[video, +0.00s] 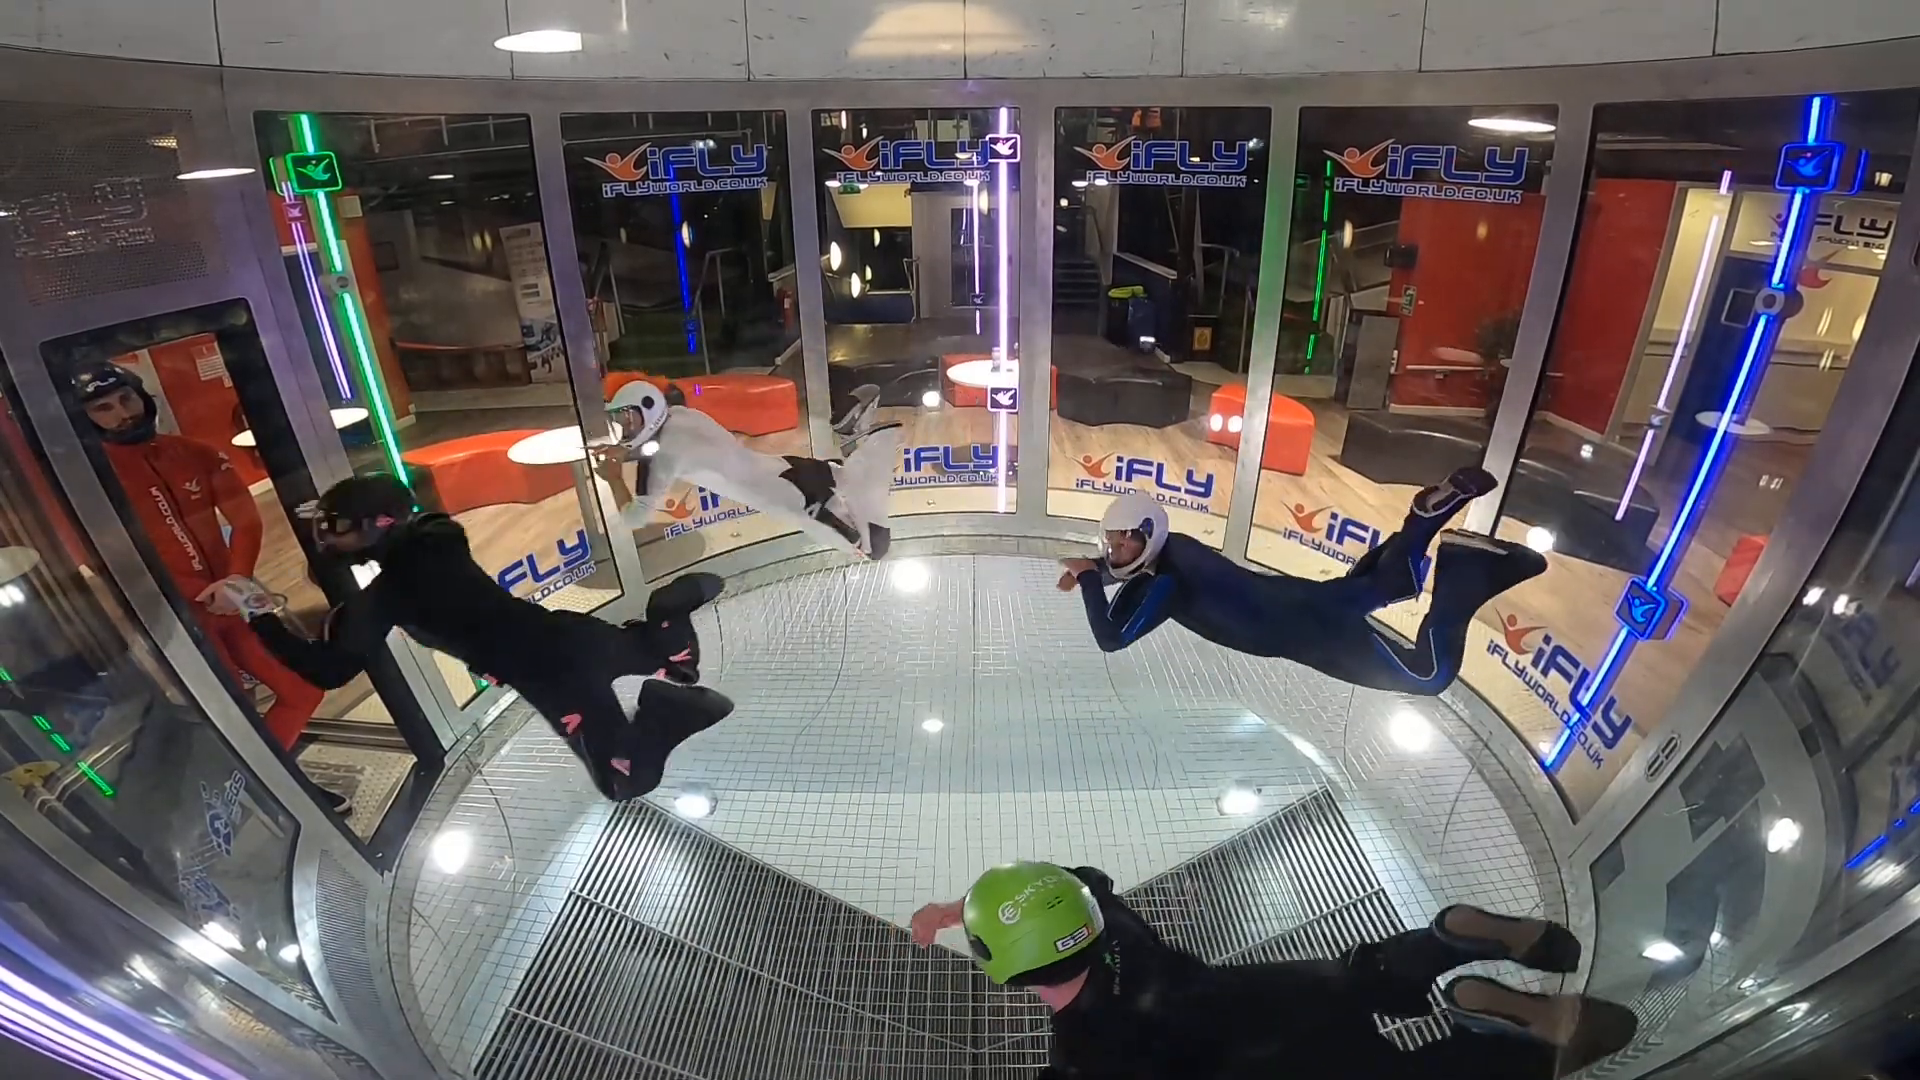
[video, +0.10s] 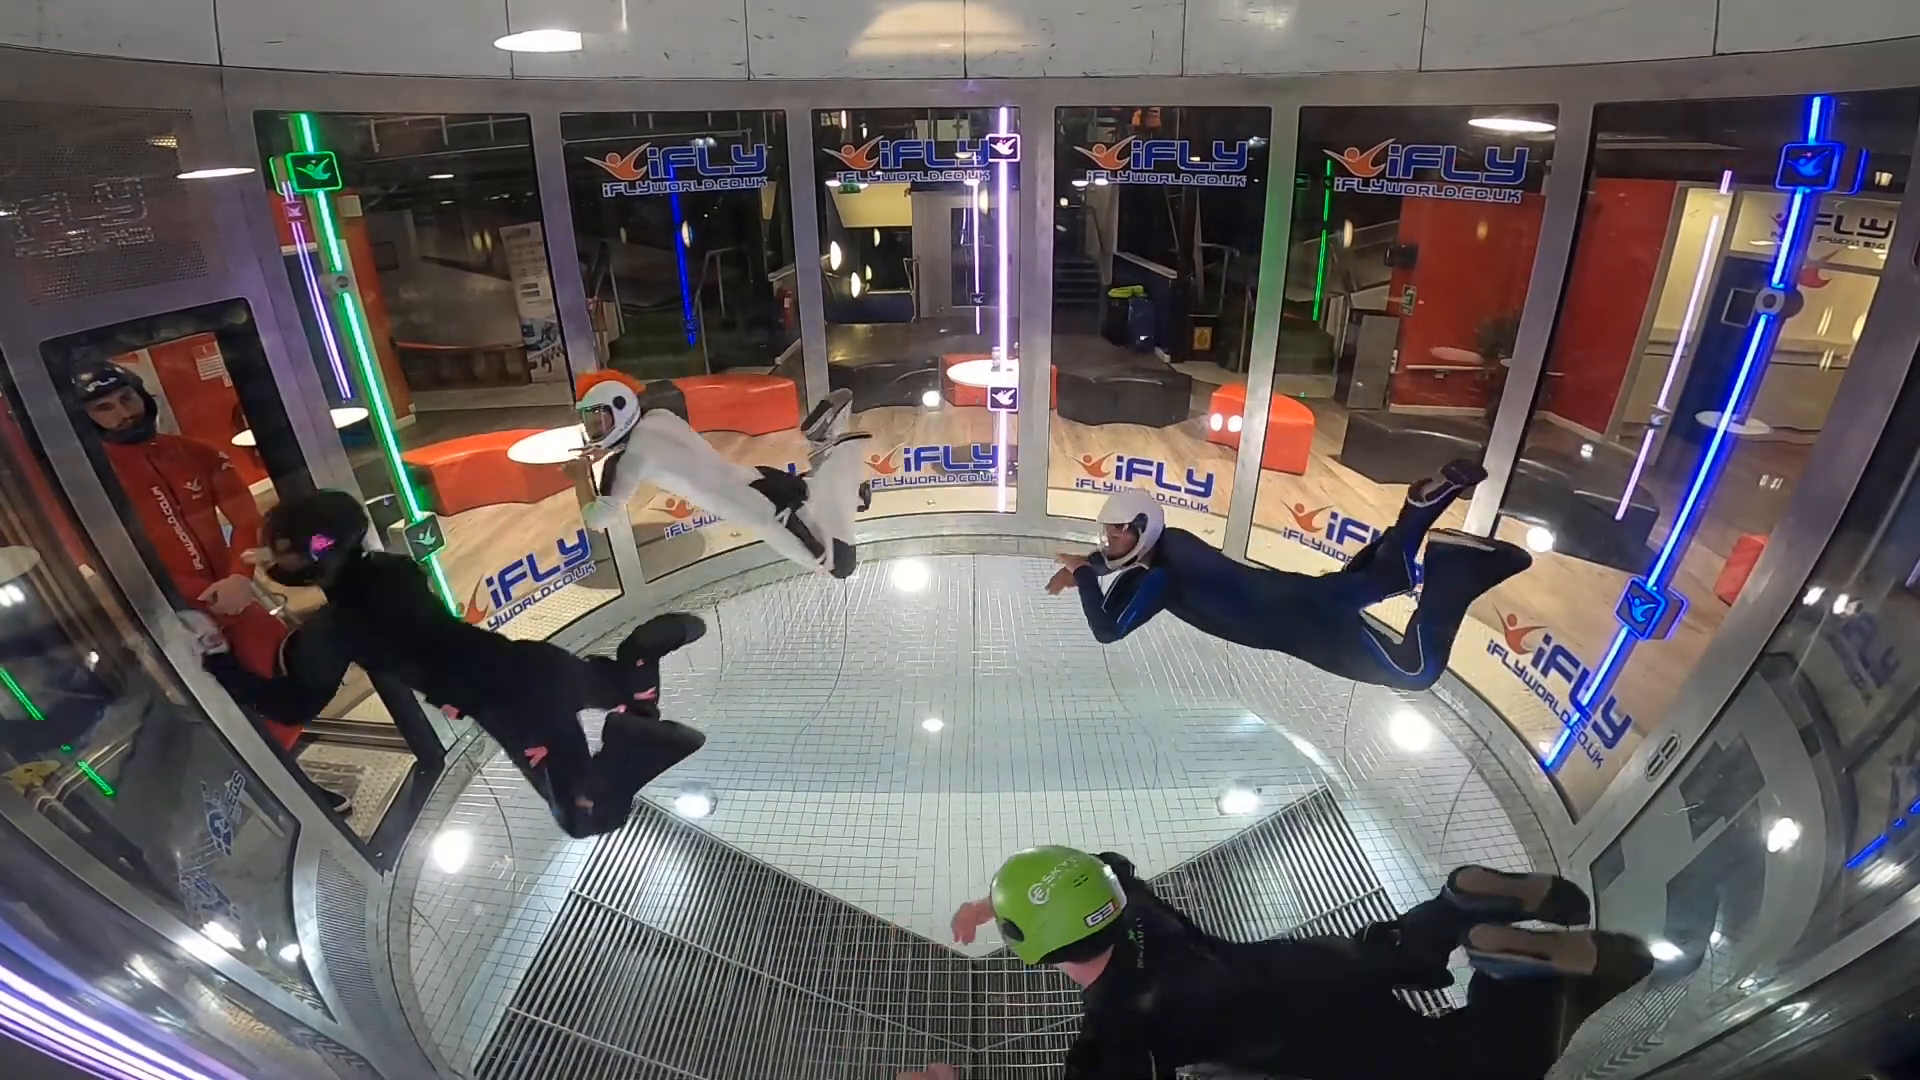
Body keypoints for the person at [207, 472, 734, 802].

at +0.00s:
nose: (336, 540)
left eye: (343, 528)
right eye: (333, 529)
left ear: (380, 526)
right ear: (392, 519)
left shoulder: (393, 589)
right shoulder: (433, 536)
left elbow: (329, 668)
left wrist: (259, 618)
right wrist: (334, 533)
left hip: (551, 675)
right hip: (568, 632)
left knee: (624, 779)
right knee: (645, 655)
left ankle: (665, 711)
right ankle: (678, 613)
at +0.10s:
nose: (272, 568)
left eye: (280, 556)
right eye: (272, 555)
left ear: (308, 561)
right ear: (344, 542)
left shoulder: (333, 628)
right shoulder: (387, 567)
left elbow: (295, 704)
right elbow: (348, 612)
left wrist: (219, 664)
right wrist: (278, 599)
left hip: (512, 704)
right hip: (532, 657)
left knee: (582, 811)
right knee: (605, 690)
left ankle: (634, 743)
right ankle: (644, 653)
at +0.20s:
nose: (217, 578)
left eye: (229, 568)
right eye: (220, 565)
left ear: (262, 580)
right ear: (283, 572)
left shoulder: (286, 661)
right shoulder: (325, 602)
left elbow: (263, 750)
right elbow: (374, 623)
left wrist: (182, 731)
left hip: (476, 739)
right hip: (489, 694)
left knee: (556, 853)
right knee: (564, 721)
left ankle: (613, 778)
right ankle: (609, 706)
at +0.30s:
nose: (194, 634)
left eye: (195, 623)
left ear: (212, 639)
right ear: (265, 604)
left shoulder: (252, 697)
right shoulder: (294, 643)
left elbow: (217, 785)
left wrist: (162, 728)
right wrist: (194, 701)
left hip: (440, 787)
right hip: (456, 740)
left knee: (543, 885)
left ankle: (598, 817)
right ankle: (584, 749)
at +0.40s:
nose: (261, 613)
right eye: (245, 610)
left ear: (196, 661)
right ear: (245, 623)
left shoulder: (230, 725)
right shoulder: (285, 673)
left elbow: (199, 811)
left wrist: (162, 739)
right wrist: (181, 714)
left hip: (406, 826)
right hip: (428, 784)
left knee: (555, 927)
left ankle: (577, 831)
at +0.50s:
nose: (267, 624)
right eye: (251, 622)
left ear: (207, 680)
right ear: (245, 652)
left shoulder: (240, 749)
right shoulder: (296, 717)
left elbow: (205, 835)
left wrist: (169, 765)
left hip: (414, 860)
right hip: (440, 825)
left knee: (549, 965)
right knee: (558, 886)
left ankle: (600, 872)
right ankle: (613, 861)